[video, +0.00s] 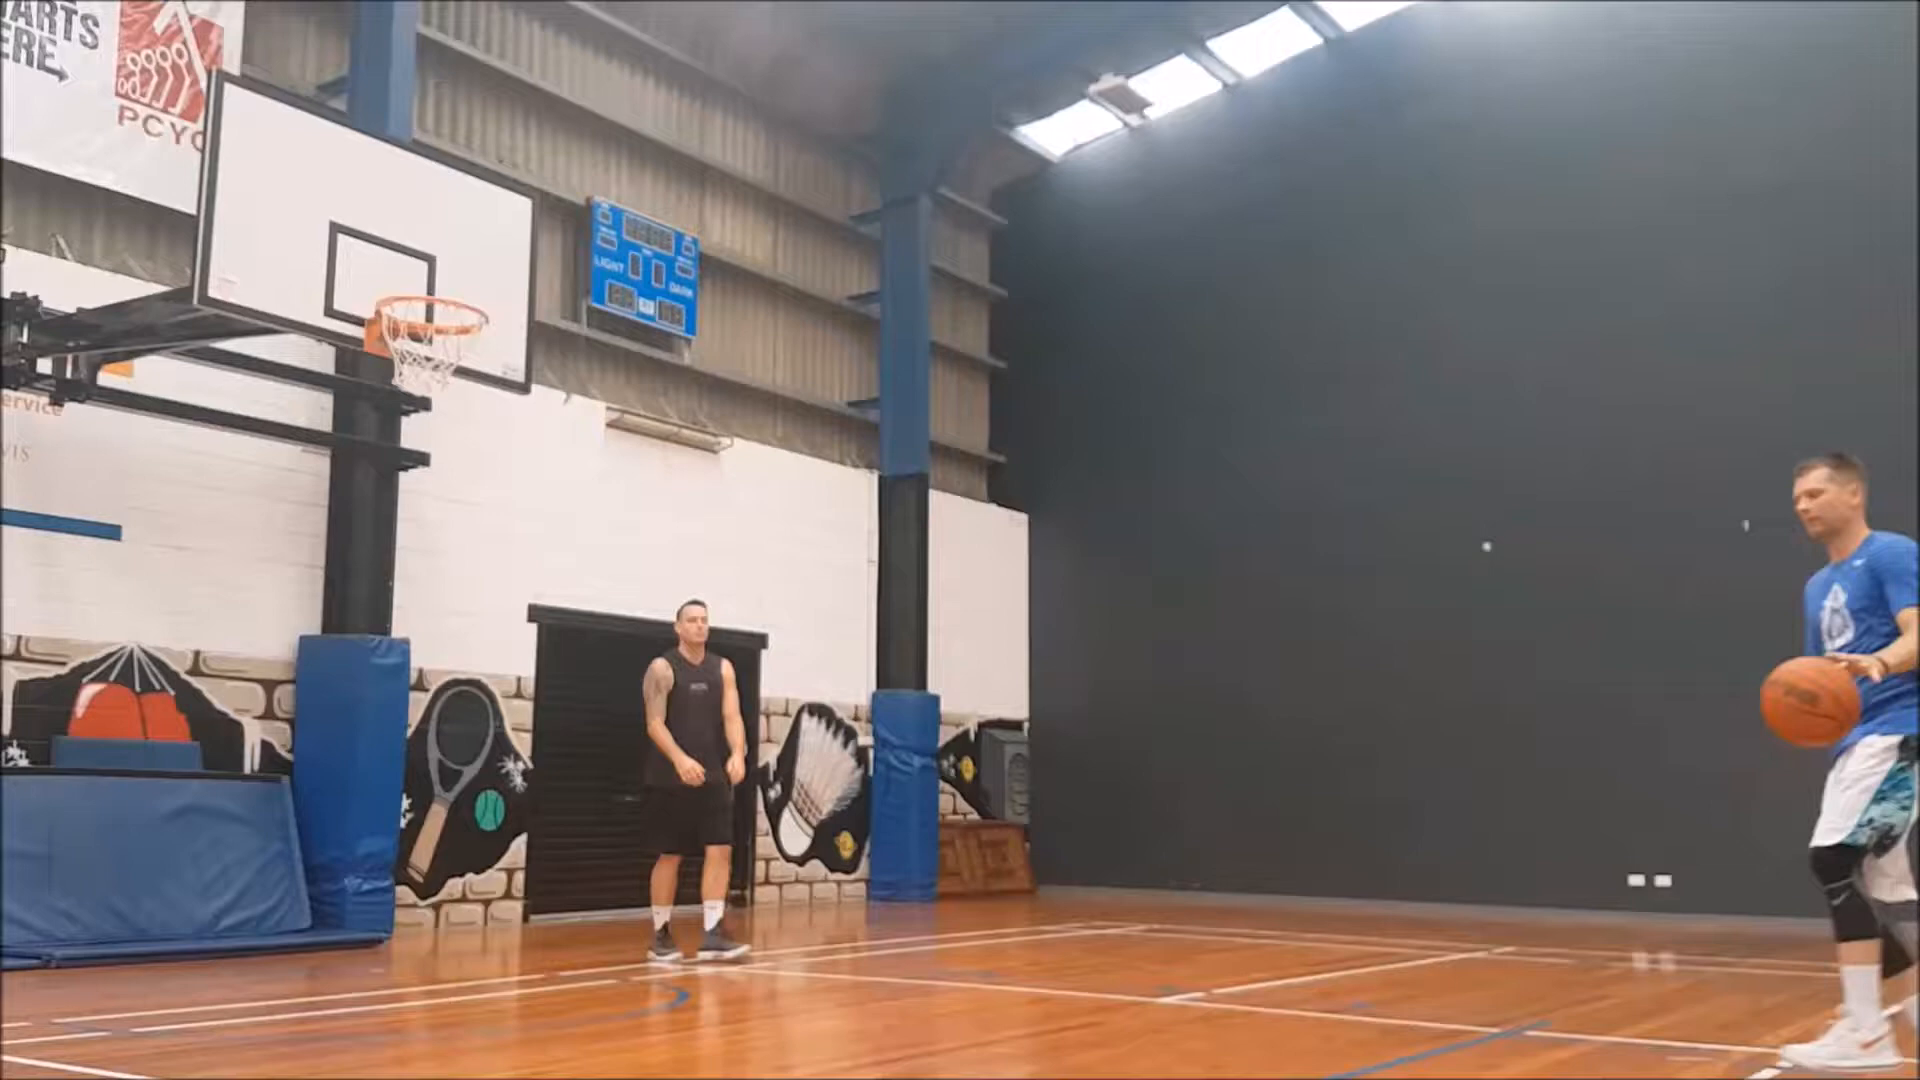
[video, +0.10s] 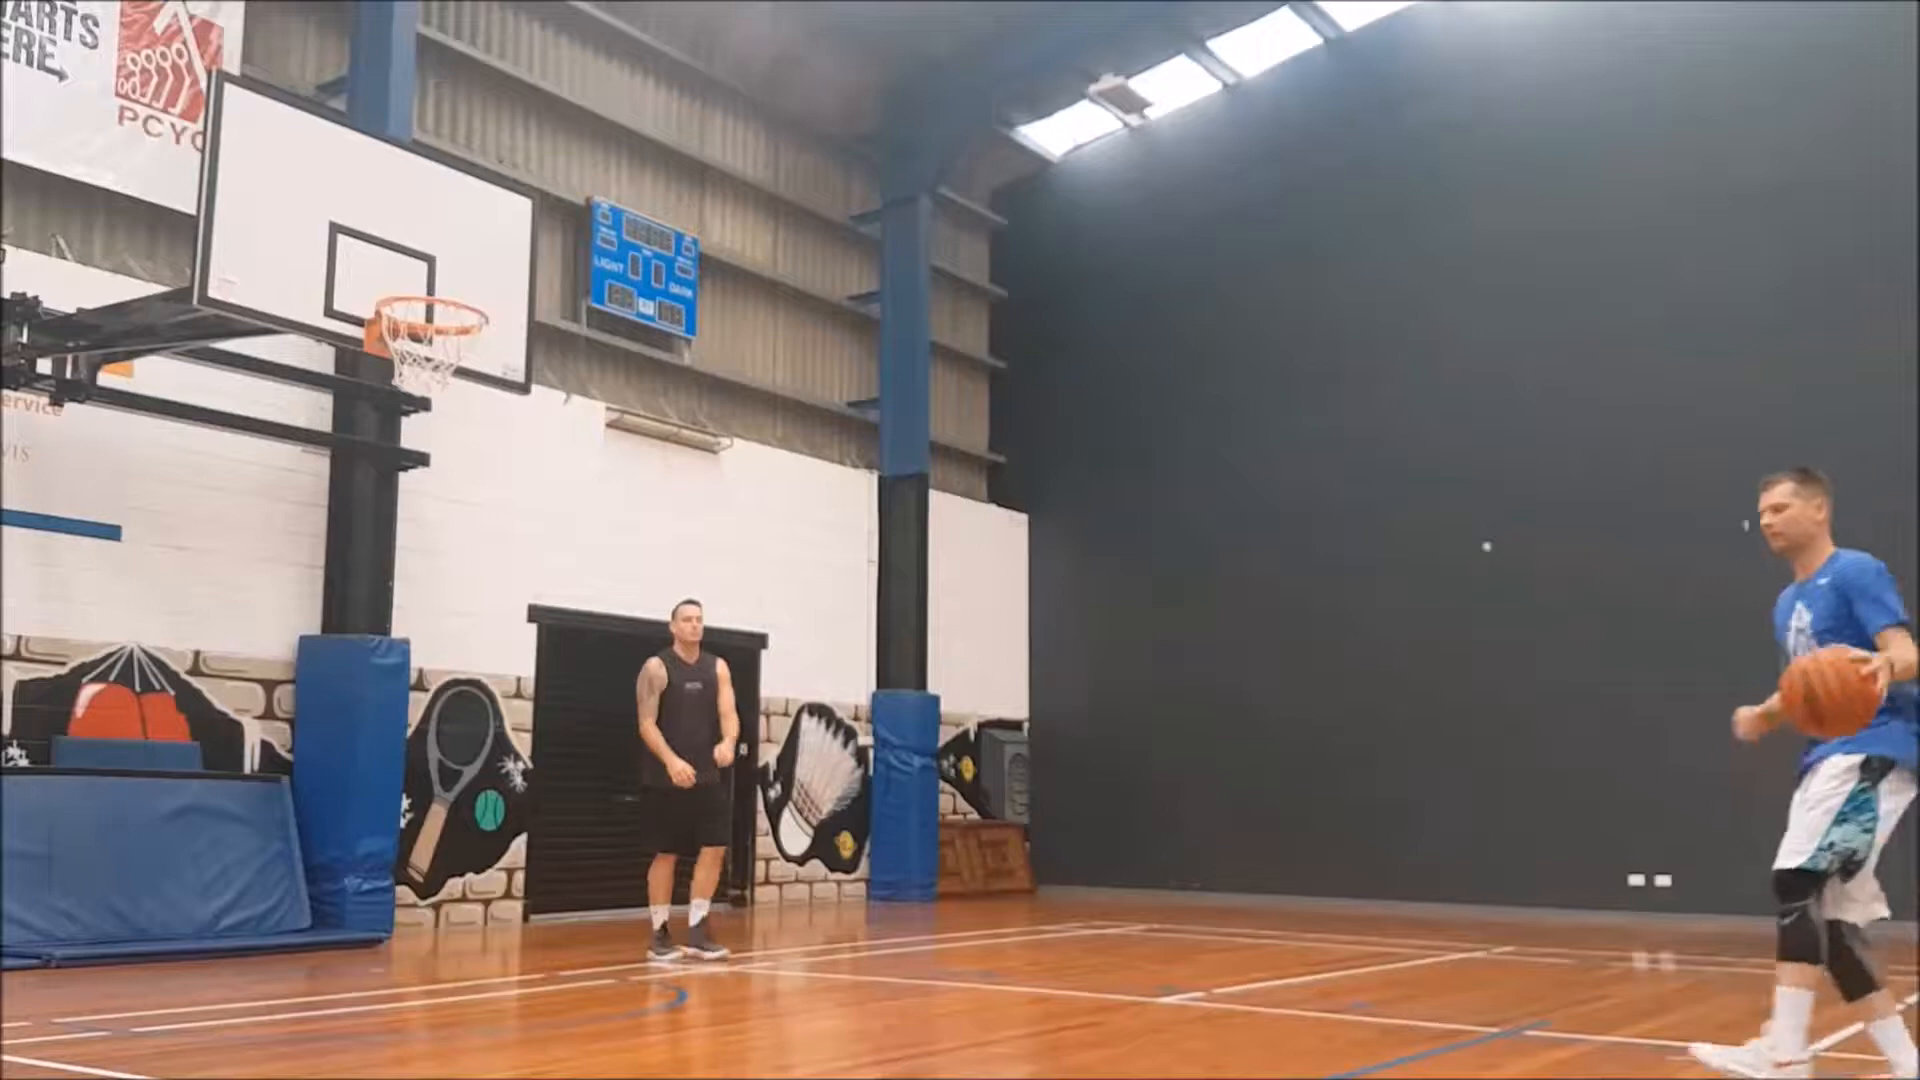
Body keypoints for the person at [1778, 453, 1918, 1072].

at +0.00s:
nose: (1803, 507)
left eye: (1815, 494)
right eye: (1799, 499)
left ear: (1854, 497)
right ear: (1801, 512)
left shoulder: (1893, 553)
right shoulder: (1817, 587)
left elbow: (1917, 638)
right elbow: (1825, 671)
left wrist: (1881, 662)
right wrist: (1803, 696)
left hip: (1898, 731)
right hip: (1865, 738)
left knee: (1834, 857)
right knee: (1886, 894)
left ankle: (1865, 1027)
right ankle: (1915, 1015)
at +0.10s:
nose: (1767, 521)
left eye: (1779, 509)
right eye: (1763, 513)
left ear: (1819, 512)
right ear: (1764, 525)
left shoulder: (1857, 570)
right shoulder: (1786, 603)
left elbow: (1904, 653)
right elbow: (1811, 682)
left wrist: (1884, 666)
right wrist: (1765, 713)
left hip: (1872, 751)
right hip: (1830, 758)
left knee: (1796, 877)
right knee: (1826, 922)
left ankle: (1785, 1046)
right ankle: (1905, 1059)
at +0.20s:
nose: (1703, 541)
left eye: (1718, 530)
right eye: (1703, 532)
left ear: (1759, 537)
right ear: (1712, 546)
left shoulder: (1800, 598)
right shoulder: (1734, 632)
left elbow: (1882, 678)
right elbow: (1761, 718)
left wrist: (1854, 707)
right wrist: (1712, 759)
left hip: (1818, 797)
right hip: (1780, 798)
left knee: (1740, 927)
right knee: (1782, 963)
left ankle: (1691, 1066)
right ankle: (1895, 1060)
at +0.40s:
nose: (1607, 553)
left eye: (1622, 544)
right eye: (1614, 543)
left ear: (1656, 563)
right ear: (1643, 563)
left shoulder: (1699, 634)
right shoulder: (1629, 653)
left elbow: (1710, 746)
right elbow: (1635, 752)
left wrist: (1620, 799)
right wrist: (1582, 795)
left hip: (1726, 816)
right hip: (1667, 813)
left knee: (1612, 924)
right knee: (1570, 910)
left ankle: (1657, 1066)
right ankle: (1636, 1054)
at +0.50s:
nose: (1586, 543)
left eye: (1601, 536)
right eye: (1594, 534)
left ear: (1632, 557)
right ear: (1627, 558)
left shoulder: (1666, 633)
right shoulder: (1598, 641)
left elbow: (1608, 734)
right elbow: (1556, 715)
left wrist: (1498, 719)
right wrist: (1483, 705)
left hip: (1683, 819)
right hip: (1625, 813)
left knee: (1577, 933)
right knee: (1531, 922)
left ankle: (1647, 1073)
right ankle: (1543, 1069)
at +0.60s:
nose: (1573, 525)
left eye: (1588, 518)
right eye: (1581, 516)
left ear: (1618, 538)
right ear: (1614, 540)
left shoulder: (1641, 614)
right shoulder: (1581, 606)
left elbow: (1519, 641)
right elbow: (1482, 630)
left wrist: (1477, 560)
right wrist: (1466, 557)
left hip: (1634, 817)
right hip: (1579, 807)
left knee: (1546, 945)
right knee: (1499, 930)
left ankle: (1644, 1073)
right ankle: (1542, 1069)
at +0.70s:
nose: (1578, 460)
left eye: (1595, 455)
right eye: (1585, 452)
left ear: (1621, 482)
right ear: (1592, 473)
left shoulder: (1617, 546)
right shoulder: (1576, 543)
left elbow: (1487, 508)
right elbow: (1479, 511)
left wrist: (1504, 426)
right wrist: (1507, 436)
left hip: (1592, 770)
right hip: (1541, 761)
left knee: (1563, 928)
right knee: (1502, 914)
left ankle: (1643, 1067)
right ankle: (1538, 1063)